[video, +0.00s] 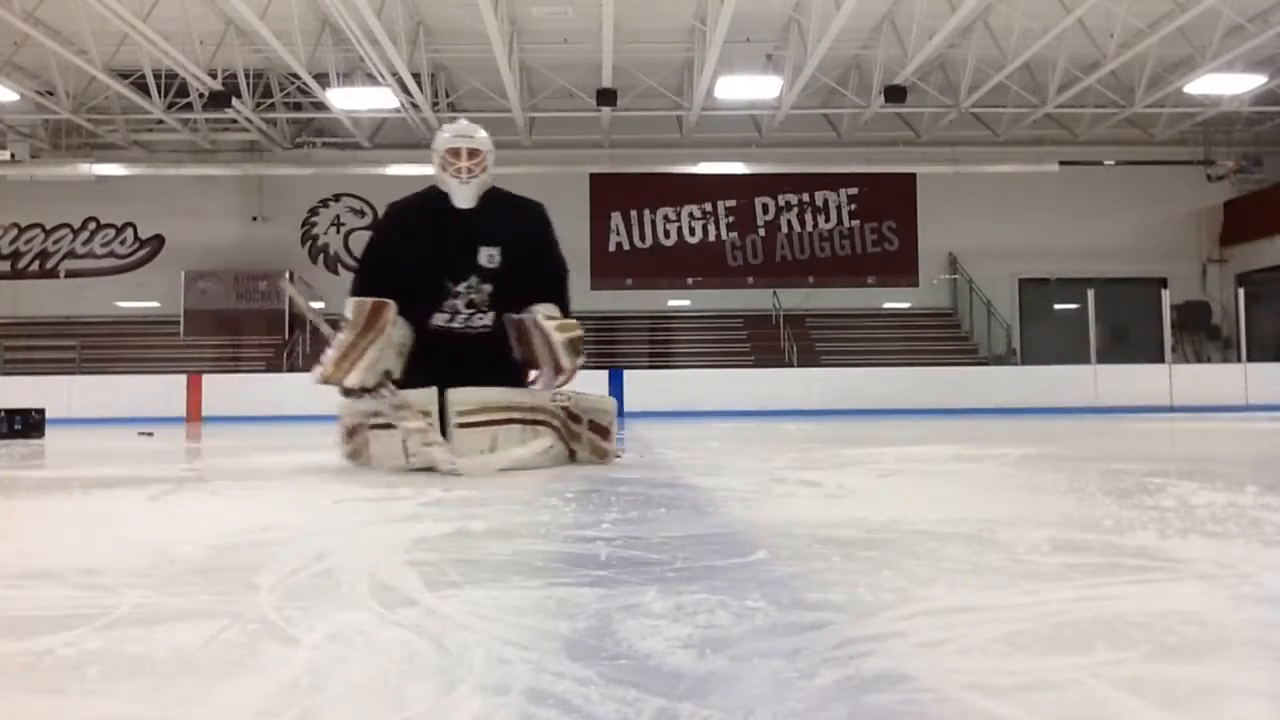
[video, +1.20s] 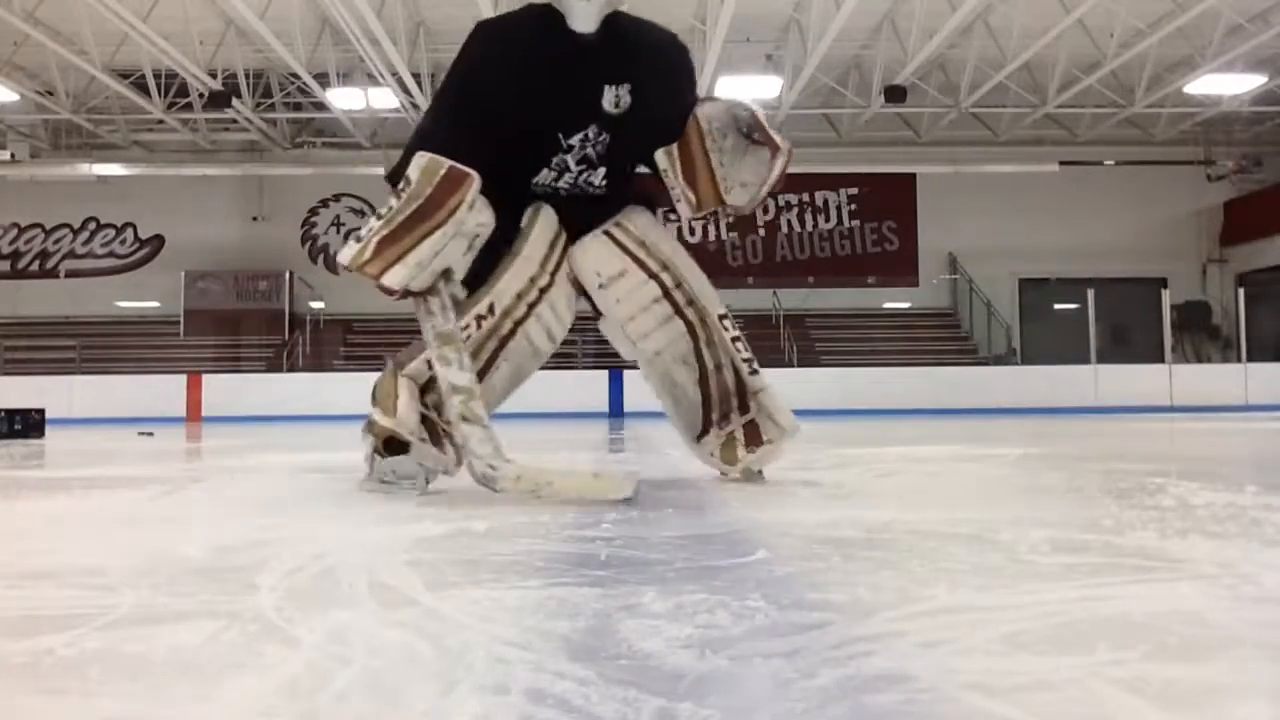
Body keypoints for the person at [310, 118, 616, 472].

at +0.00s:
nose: (464, 165)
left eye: (474, 155)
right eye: (453, 156)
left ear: (488, 160)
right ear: (437, 161)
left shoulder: (525, 217)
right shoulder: (404, 217)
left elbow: (550, 298)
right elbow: (370, 302)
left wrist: (549, 352)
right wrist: (366, 364)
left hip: (502, 383)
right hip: (422, 384)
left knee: (504, 500)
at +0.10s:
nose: (493, 163)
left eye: (503, 154)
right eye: (483, 154)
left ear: (515, 159)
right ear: (466, 159)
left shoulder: (548, 212)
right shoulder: (431, 214)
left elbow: (575, 284)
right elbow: (392, 291)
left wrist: (590, 326)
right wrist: (390, 363)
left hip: (532, 372)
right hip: (454, 372)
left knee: (535, 476)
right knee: (457, 476)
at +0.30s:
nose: (560, 153)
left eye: (569, 144)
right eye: (549, 143)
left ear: (580, 149)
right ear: (528, 147)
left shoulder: (597, 203)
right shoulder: (492, 199)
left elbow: (635, 257)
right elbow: (439, 264)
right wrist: (417, 333)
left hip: (574, 328)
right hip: (501, 332)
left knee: (625, 352)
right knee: (488, 435)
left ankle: (637, 437)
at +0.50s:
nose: (621, 130)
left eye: (631, 122)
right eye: (610, 120)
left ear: (642, 129)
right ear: (591, 124)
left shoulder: (659, 186)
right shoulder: (556, 172)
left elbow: (696, 247)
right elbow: (486, 232)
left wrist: (738, 236)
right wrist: (459, 300)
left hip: (606, 308)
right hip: (532, 311)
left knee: (645, 362)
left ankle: (641, 436)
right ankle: (469, 429)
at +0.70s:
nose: (618, 105)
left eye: (629, 96)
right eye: (606, 95)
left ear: (644, 102)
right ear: (587, 100)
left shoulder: (672, 162)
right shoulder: (553, 148)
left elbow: (679, 235)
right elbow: (488, 199)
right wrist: (440, 265)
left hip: (632, 287)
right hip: (549, 278)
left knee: (664, 358)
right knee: (569, 342)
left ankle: (646, 437)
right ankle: (499, 434)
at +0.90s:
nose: (571, 43)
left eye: (583, 32)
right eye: (559, 31)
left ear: (599, 41)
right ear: (542, 37)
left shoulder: (635, 104)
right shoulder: (500, 101)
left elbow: (680, 179)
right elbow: (430, 181)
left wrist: (687, 211)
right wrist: (387, 259)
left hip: (602, 250)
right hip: (509, 247)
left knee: (659, 332)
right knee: (528, 327)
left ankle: (683, 435)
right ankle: (448, 436)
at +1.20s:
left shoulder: (659, 56)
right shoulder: (500, 45)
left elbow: (680, 145)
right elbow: (442, 162)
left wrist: (733, 164)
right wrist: (409, 246)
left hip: (604, 204)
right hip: (506, 204)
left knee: (672, 297)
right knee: (521, 311)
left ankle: (735, 431)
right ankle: (412, 425)